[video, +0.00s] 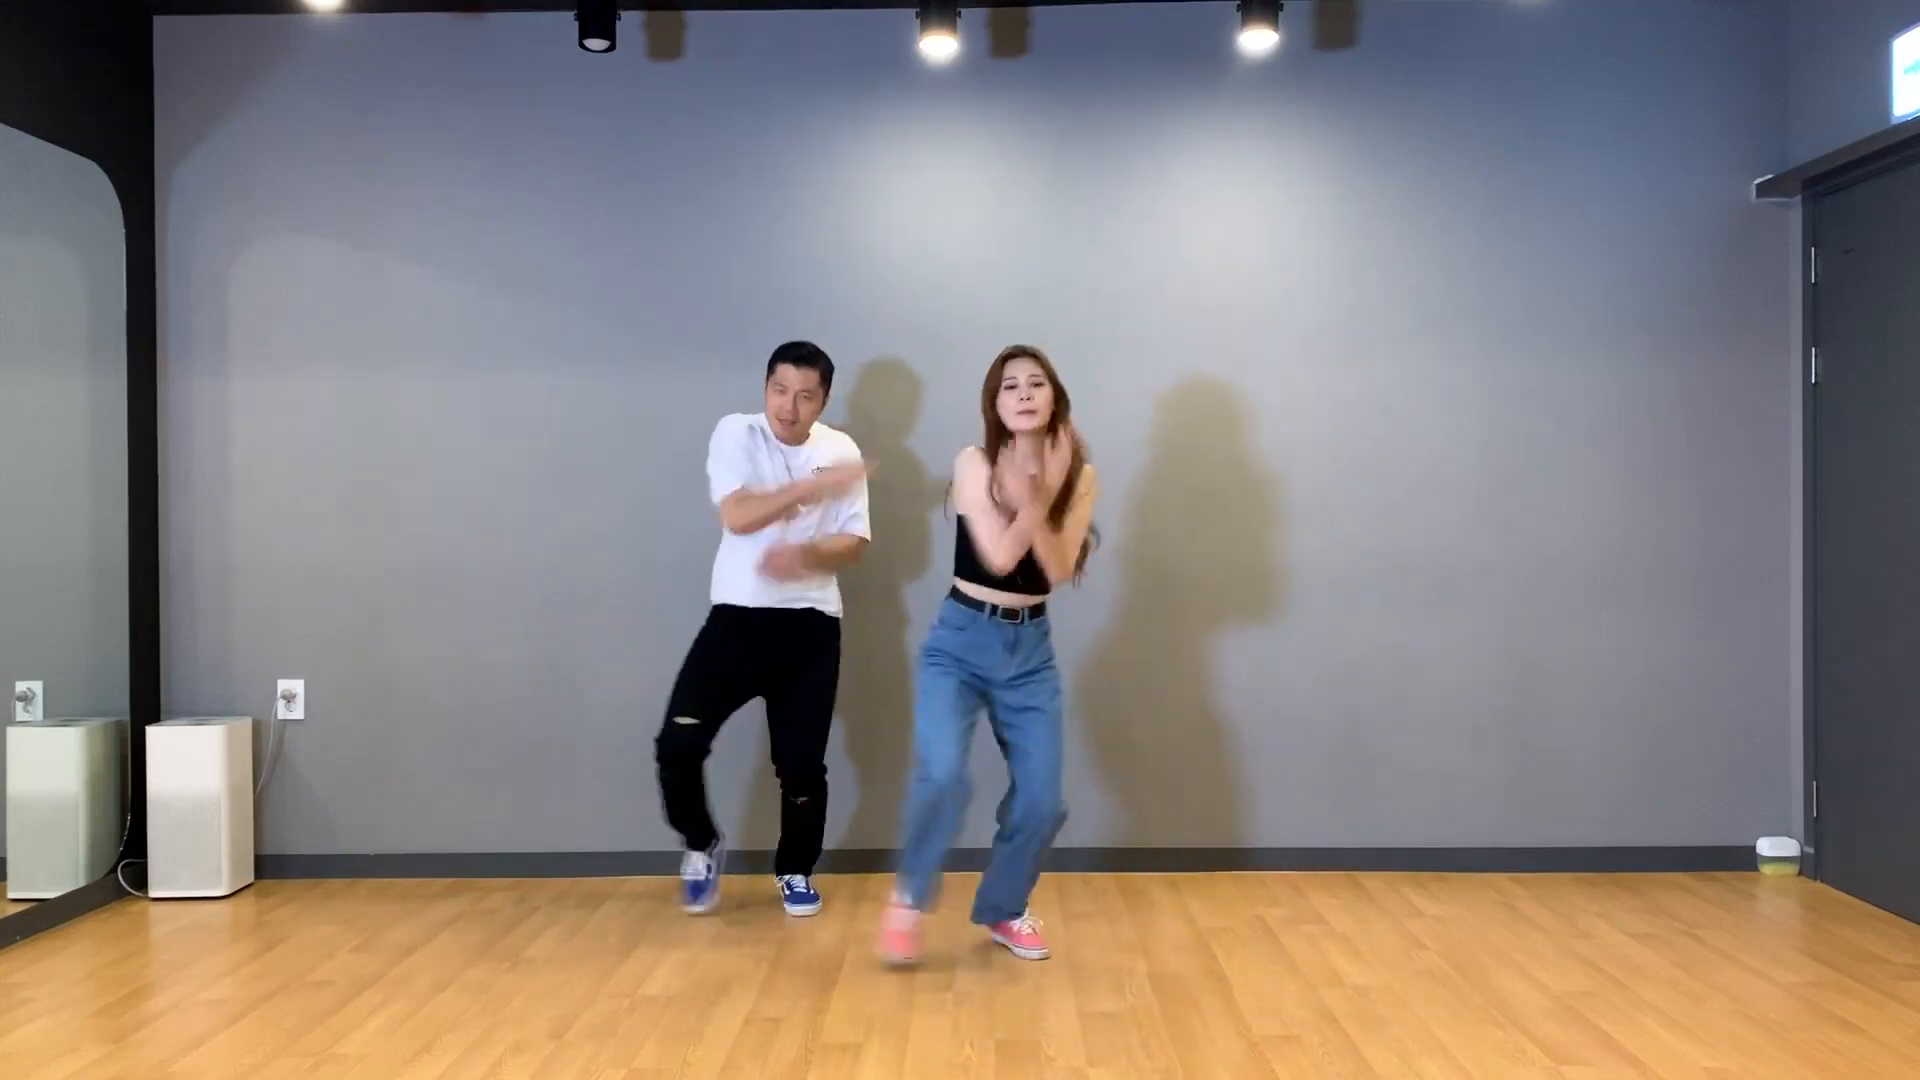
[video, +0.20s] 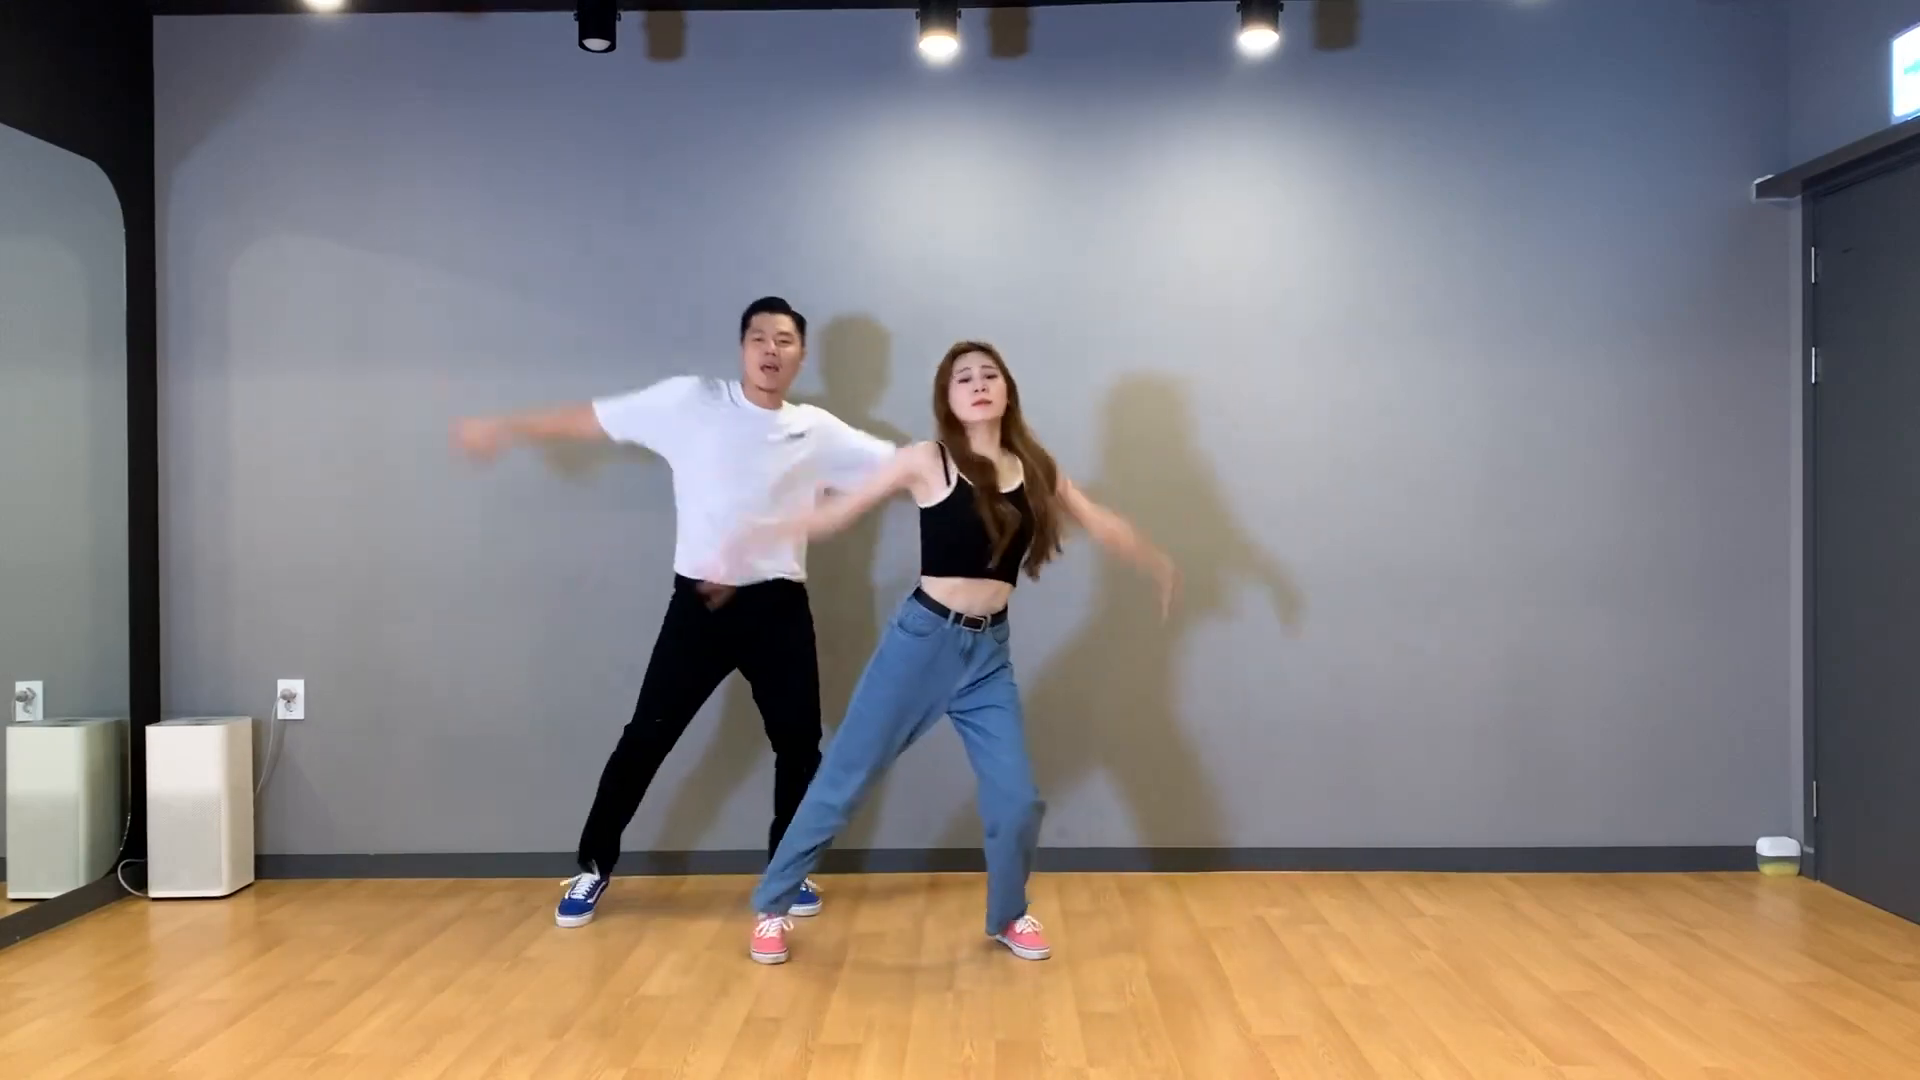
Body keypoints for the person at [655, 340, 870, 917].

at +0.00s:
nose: (789, 406)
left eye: (804, 396)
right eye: (780, 390)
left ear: (823, 399)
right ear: (766, 388)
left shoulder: (842, 452)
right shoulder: (737, 431)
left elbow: (854, 543)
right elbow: (736, 514)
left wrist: (806, 555)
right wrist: (817, 485)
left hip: (809, 626)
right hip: (737, 619)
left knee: (801, 763)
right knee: (677, 744)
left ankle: (796, 872)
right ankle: (702, 847)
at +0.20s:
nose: (772, 349)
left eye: (785, 340)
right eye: (760, 338)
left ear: (801, 355)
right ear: (741, 349)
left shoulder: (817, 431)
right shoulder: (689, 402)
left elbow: (913, 472)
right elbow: (591, 419)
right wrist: (504, 429)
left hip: (778, 607)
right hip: (699, 604)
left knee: (800, 745)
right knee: (646, 737)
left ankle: (787, 877)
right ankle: (592, 870)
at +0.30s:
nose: (752, 339)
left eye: (763, 330)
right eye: (739, 330)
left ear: (780, 344)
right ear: (718, 342)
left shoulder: (803, 409)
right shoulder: (665, 386)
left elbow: (898, 401)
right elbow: (569, 350)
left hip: (764, 600)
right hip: (686, 599)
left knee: (785, 742)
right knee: (641, 735)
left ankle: (769, 879)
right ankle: (591, 871)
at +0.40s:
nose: (733, 336)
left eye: (745, 326)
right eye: (721, 326)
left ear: (762, 340)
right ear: (700, 341)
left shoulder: (787, 397)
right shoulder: (655, 380)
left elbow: (859, 358)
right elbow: (573, 314)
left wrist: (922, 316)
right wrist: (505, 265)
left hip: (753, 599)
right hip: (675, 599)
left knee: (787, 734)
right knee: (632, 734)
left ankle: (766, 875)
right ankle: (586, 871)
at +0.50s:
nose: (722, 340)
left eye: (734, 331)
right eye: (707, 331)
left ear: (751, 344)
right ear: (688, 346)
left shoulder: (771, 398)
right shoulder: (656, 393)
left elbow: (824, 325)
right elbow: (606, 305)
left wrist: (874, 251)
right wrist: (555, 225)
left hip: (744, 601)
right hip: (664, 602)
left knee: (805, 729)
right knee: (618, 738)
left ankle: (787, 861)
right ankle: (576, 873)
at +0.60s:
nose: (714, 361)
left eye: (724, 350)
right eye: (702, 352)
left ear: (741, 359)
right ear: (682, 362)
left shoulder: (761, 410)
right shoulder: (660, 406)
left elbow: (811, 334)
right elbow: (624, 338)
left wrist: (796, 250)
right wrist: (627, 245)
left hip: (738, 610)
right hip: (656, 609)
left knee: (799, 747)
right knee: (609, 748)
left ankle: (821, 874)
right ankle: (575, 879)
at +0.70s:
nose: (711, 376)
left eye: (722, 365)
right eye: (699, 367)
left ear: (740, 371)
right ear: (683, 377)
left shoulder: (762, 432)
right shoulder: (669, 434)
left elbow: (787, 391)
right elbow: (646, 406)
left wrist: (752, 314)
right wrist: (653, 321)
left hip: (734, 619)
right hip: (657, 613)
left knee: (775, 754)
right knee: (609, 746)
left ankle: (814, 868)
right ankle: (578, 878)